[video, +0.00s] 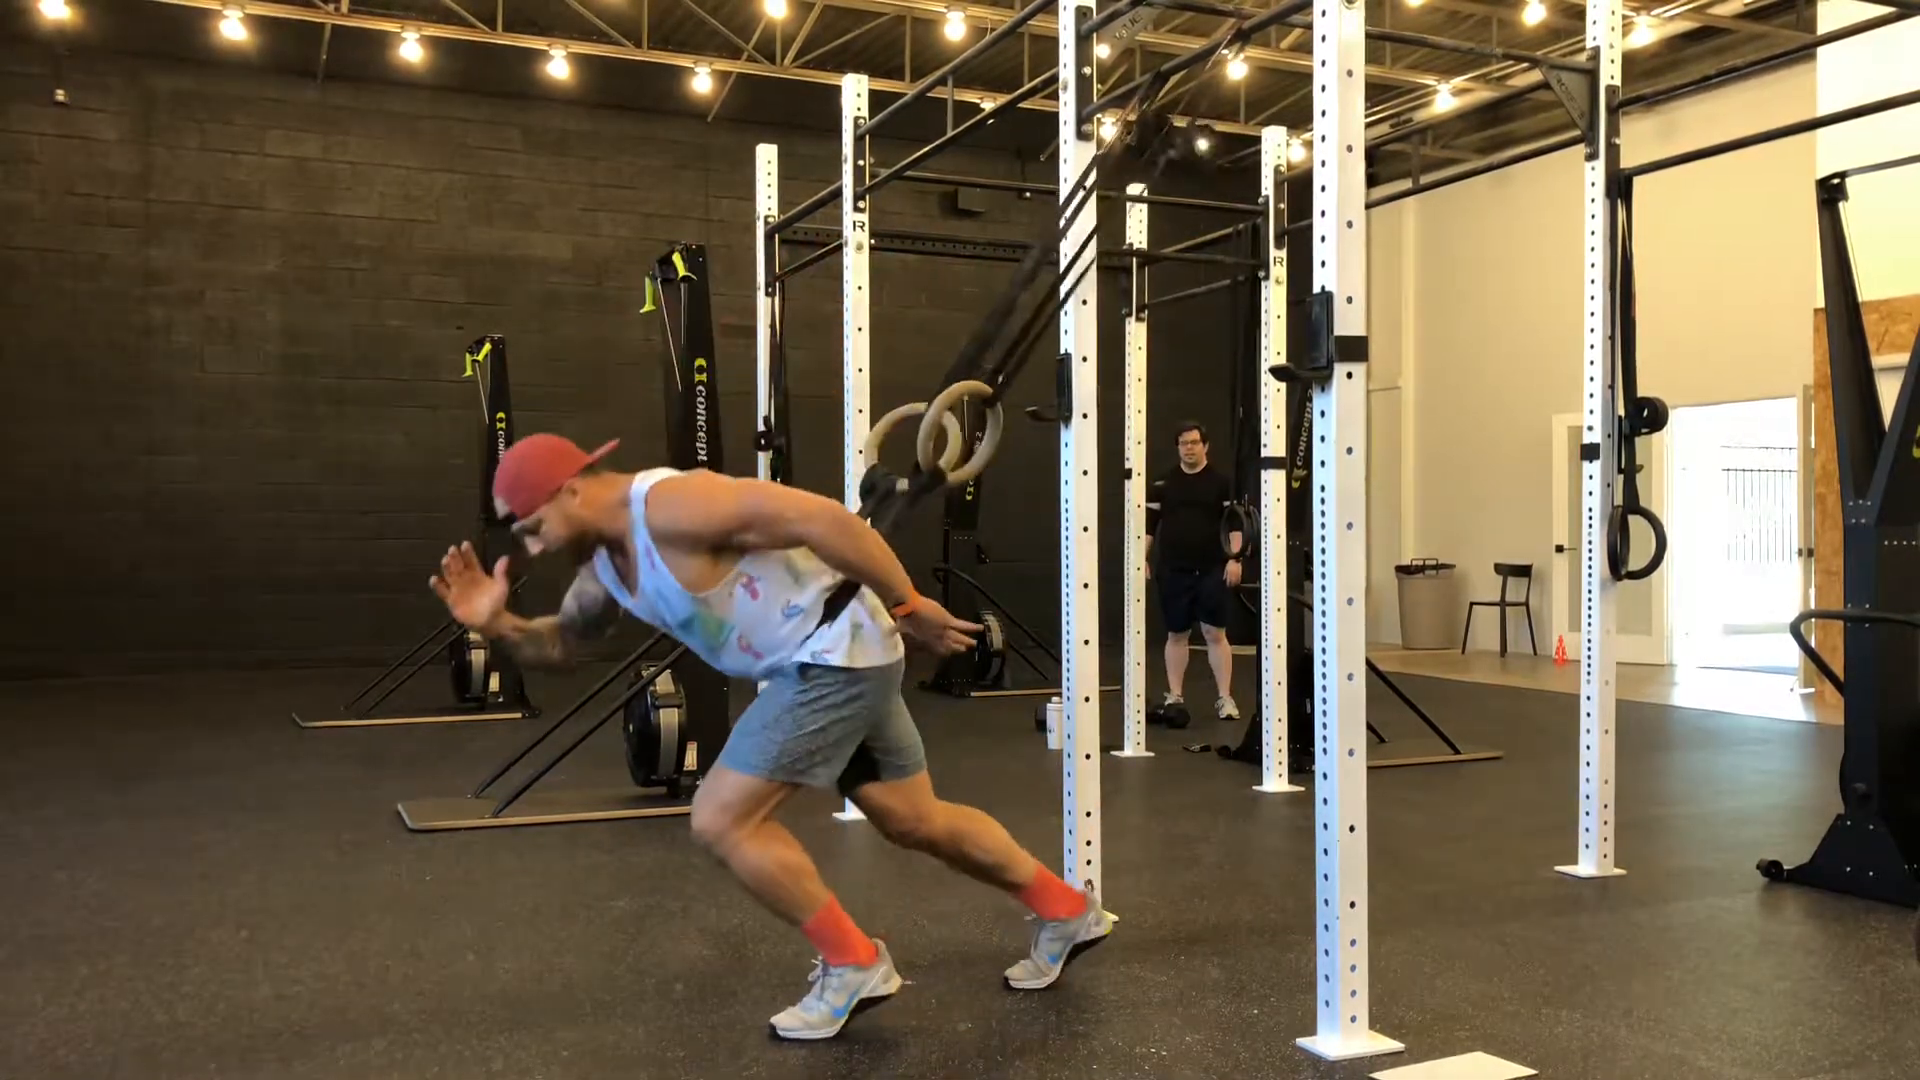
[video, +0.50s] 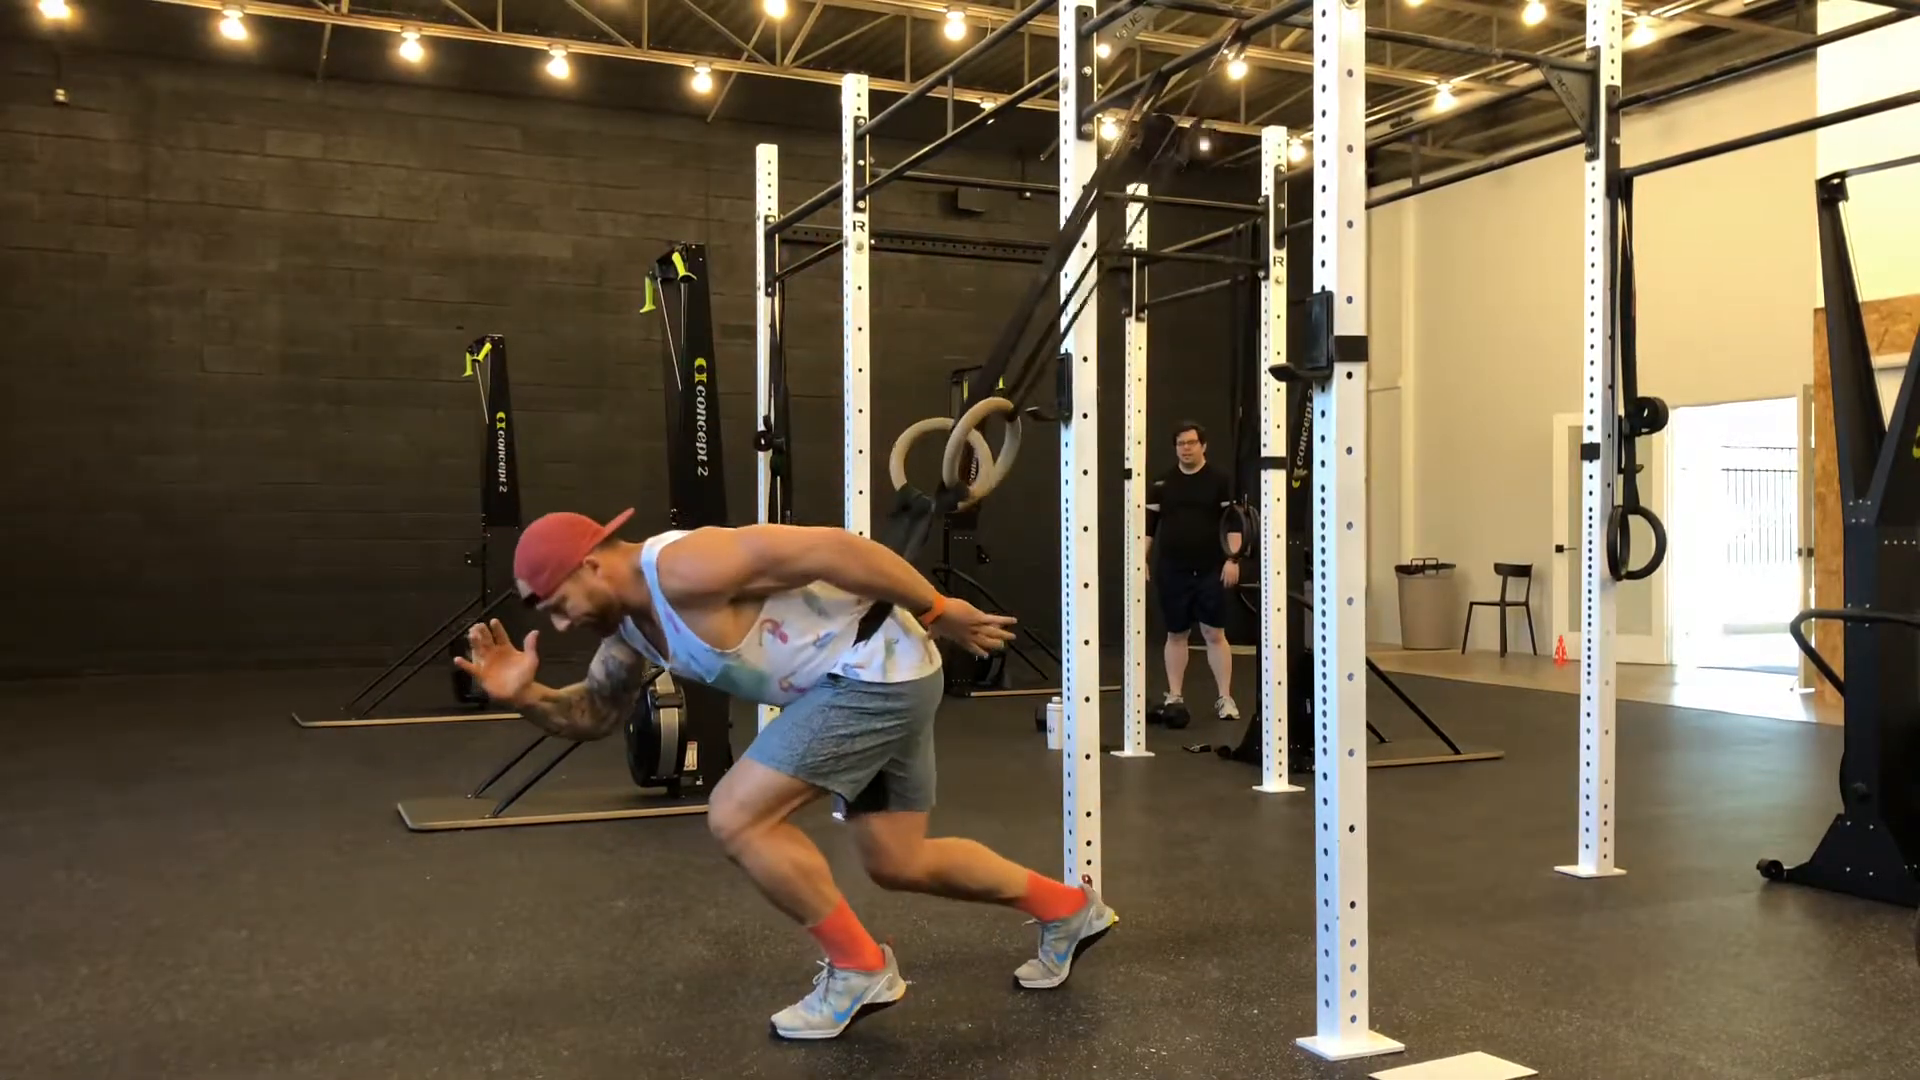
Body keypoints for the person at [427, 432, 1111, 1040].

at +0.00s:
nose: (527, 543)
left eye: (527, 526)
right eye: (521, 531)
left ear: (564, 494)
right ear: (562, 495)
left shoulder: (671, 504)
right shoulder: (609, 567)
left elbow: (825, 517)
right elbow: (561, 639)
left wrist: (910, 602)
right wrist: (495, 622)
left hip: (833, 652)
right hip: (834, 654)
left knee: (724, 818)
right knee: (914, 818)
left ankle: (854, 962)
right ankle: (1065, 906)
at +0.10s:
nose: (528, 569)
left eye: (527, 552)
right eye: (522, 557)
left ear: (564, 520)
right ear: (558, 528)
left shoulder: (668, 527)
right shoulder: (610, 591)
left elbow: (823, 524)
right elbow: (559, 670)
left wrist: (916, 603)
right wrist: (498, 651)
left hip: (836, 662)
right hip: (838, 665)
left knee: (719, 822)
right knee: (919, 831)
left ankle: (855, 962)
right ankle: (1069, 909)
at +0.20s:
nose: (529, 593)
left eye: (529, 576)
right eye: (521, 581)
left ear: (566, 543)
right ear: (559, 553)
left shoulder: (664, 548)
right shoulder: (610, 612)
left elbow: (820, 534)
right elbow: (570, 691)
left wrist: (914, 602)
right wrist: (499, 675)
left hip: (842, 670)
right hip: (855, 666)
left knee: (719, 823)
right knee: (912, 842)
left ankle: (856, 964)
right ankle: (1068, 906)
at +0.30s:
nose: (540, 608)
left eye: (540, 591)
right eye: (531, 599)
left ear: (575, 557)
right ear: (565, 570)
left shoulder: (667, 559)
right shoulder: (619, 622)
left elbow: (826, 543)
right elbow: (574, 705)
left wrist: (925, 606)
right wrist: (508, 687)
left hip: (861, 660)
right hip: (856, 666)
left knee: (731, 816)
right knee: (892, 853)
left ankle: (860, 969)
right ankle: (1062, 901)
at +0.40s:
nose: (548, 612)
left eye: (547, 596)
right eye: (539, 603)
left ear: (582, 563)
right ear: (575, 572)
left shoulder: (674, 563)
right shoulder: (628, 624)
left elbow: (829, 544)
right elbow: (582, 710)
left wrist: (934, 606)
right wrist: (517, 691)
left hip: (866, 662)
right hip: (868, 665)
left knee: (736, 815)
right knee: (894, 855)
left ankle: (861, 968)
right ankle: (1066, 904)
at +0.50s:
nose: (552, 615)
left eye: (552, 599)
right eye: (544, 604)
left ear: (589, 567)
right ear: (584, 574)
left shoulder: (681, 567)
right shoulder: (639, 627)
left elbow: (840, 548)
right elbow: (593, 712)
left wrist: (941, 609)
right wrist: (524, 693)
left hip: (872, 669)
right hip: (877, 670)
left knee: (736, 814)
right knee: (898, 859)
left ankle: (861, 967)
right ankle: (1070, 906)